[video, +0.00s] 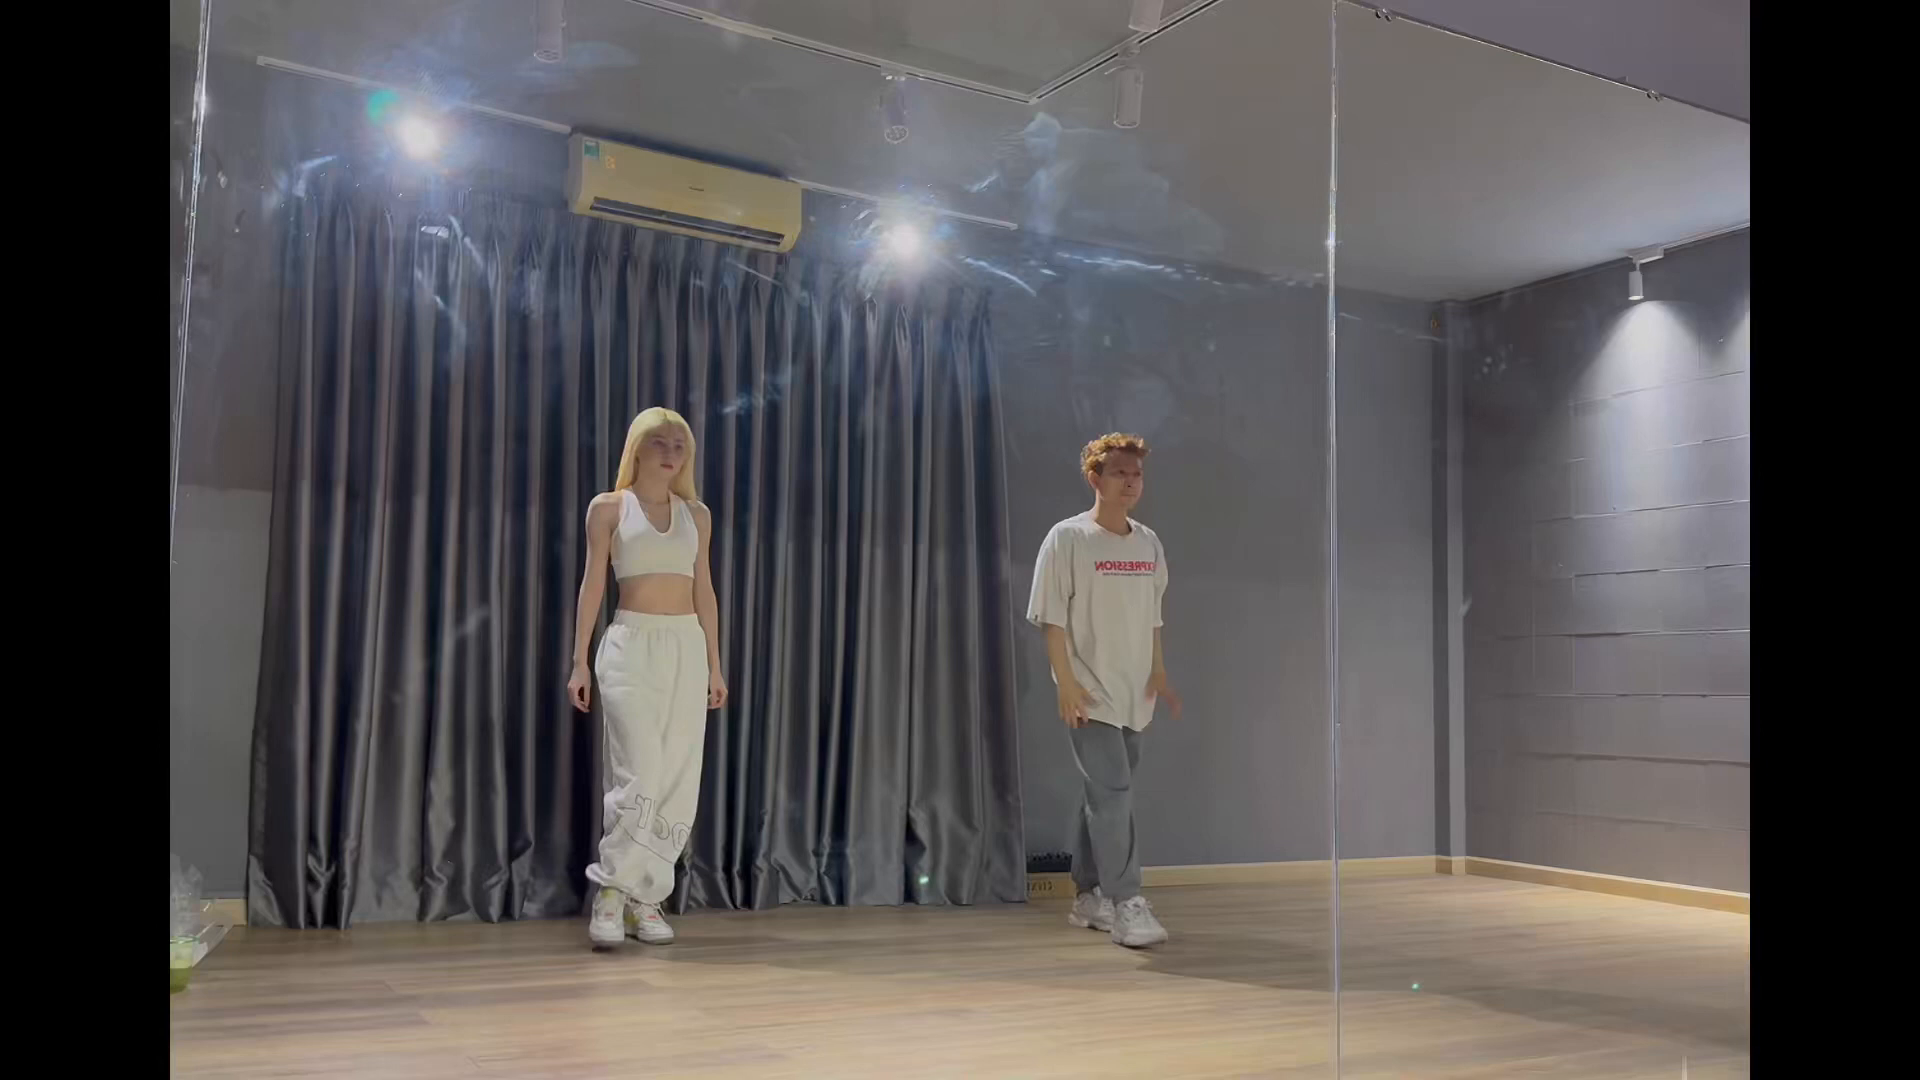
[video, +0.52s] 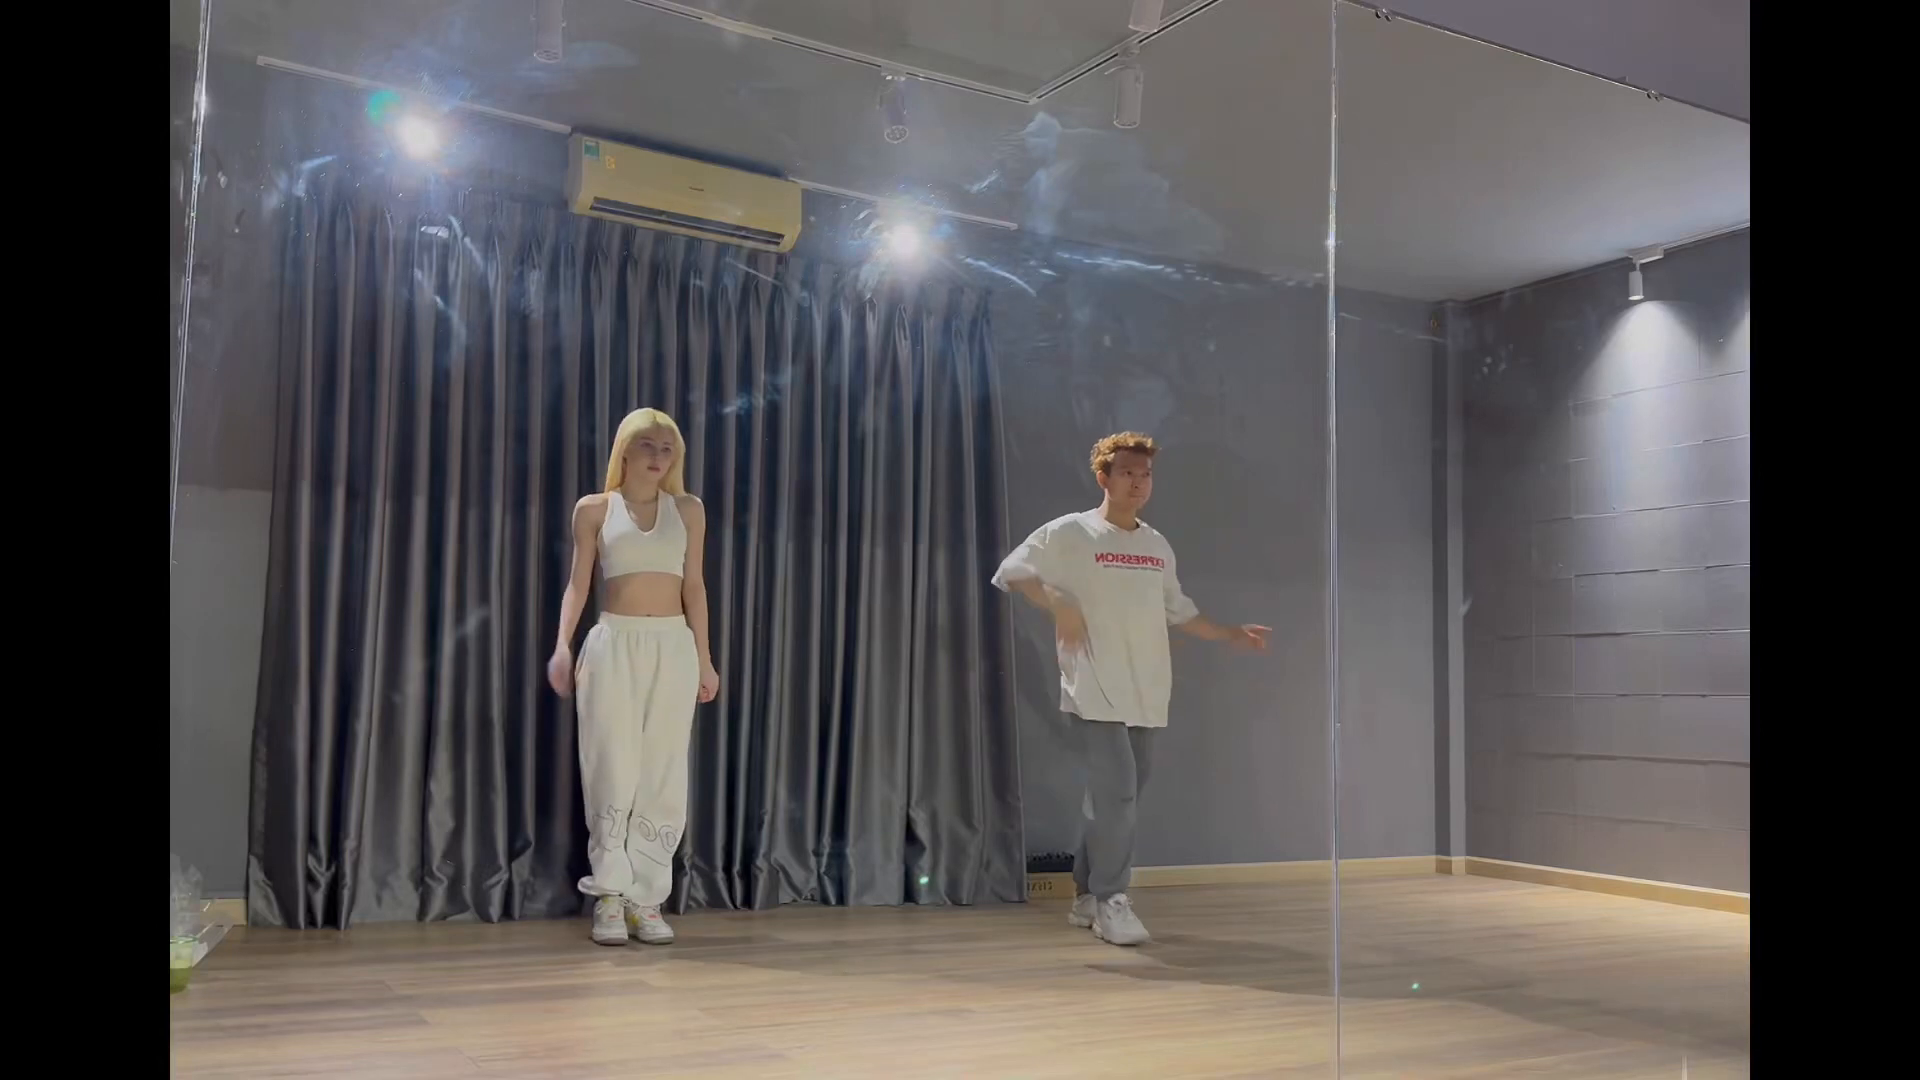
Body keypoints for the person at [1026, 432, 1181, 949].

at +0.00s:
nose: (1130, 481)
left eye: (1137, 473)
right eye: (1119, 472)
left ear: (1144, 481)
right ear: (1094, 477)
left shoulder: (1148, 542)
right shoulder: (1066, 538)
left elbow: (1152, 617)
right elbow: (1052, 620)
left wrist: (1158, 671)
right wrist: (1065, 684)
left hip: (1135, 689)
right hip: (1088, 688)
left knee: (1104, 792)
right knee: (1112, 791)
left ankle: (1088, 895)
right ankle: (1128, 902)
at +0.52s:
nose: (1139, 482)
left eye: (1145, 474)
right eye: (1128, 473)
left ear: (1152, 481)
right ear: (1103, 478)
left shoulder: (1157, 547)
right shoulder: (1070, 532)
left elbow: (1177, 611)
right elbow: (1013, 571)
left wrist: (1228, 635)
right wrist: (1059, 606)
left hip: (1145, 692)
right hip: (1092, 689)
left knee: (1121, 794)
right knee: (1117, 790)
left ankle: (1088, 896)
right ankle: (1112, 900)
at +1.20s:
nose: (1214, 526)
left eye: (1212, 516)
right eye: (1208, 515)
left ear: (1179, 517)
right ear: (1185, 515)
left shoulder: (1187, 571)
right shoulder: (1149, 554)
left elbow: (1273, 600)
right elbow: (1221, 606)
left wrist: (1273, 533)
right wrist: (1255, 612)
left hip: (1225, 733)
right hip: (1172, 737)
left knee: (1257, 833)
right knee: (1167, 863)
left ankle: (1194, 938)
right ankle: (1123, 901)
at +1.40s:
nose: (1244, 508)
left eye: (1248, 501)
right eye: (1234, 500)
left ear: (1248, 506)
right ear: (1199, 503)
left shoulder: (1247, 583)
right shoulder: (1171, 549)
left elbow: (1287, 640)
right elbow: (1239, 504)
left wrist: (1340, 595)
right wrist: (1243, 594)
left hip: (1248, 730)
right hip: (1191, 728)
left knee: (1275, 847)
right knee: (1240, 839)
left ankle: (1196, 939)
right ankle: (1131, 861)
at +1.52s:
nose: (1254, 508)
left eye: (1261, 499)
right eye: (1241, 499)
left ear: (1275, 507)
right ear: (1215, 506)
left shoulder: (1285, 572)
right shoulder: (1205, 551)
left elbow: (1285, 635)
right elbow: (1210, 517)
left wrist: (1291, 587)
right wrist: (1275, 538)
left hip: (1262, 720)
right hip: (1207, 706)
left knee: (1293, 851)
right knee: (1282, 795)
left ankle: (1193, 938)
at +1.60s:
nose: (1251, 515)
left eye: (1262, 504)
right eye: (1241, 506)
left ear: (1286, 505)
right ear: (1226, 510)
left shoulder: (1321, 569)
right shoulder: (1212, 558)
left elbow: (1321, 630)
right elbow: (1207, 575)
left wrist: (1267, 593)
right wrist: (1282, 515)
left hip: (1289, 733)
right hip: (1216, 717)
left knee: (1301, 857)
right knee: (1285, 819)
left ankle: (1195, 938)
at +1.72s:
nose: (1257, 517)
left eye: (1267, 504)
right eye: (1250, 508)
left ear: (1300, 511)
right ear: (1245, 519)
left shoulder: (1342, 572)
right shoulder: (1230, 582)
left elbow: (1360, 639)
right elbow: (1242, 620)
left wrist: (1279, 632)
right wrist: (1257, 531)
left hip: (1323, 745)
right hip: (1247, 736)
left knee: (1318, 883)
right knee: (1299, 844)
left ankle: (1208, 928)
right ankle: (1346, 956)